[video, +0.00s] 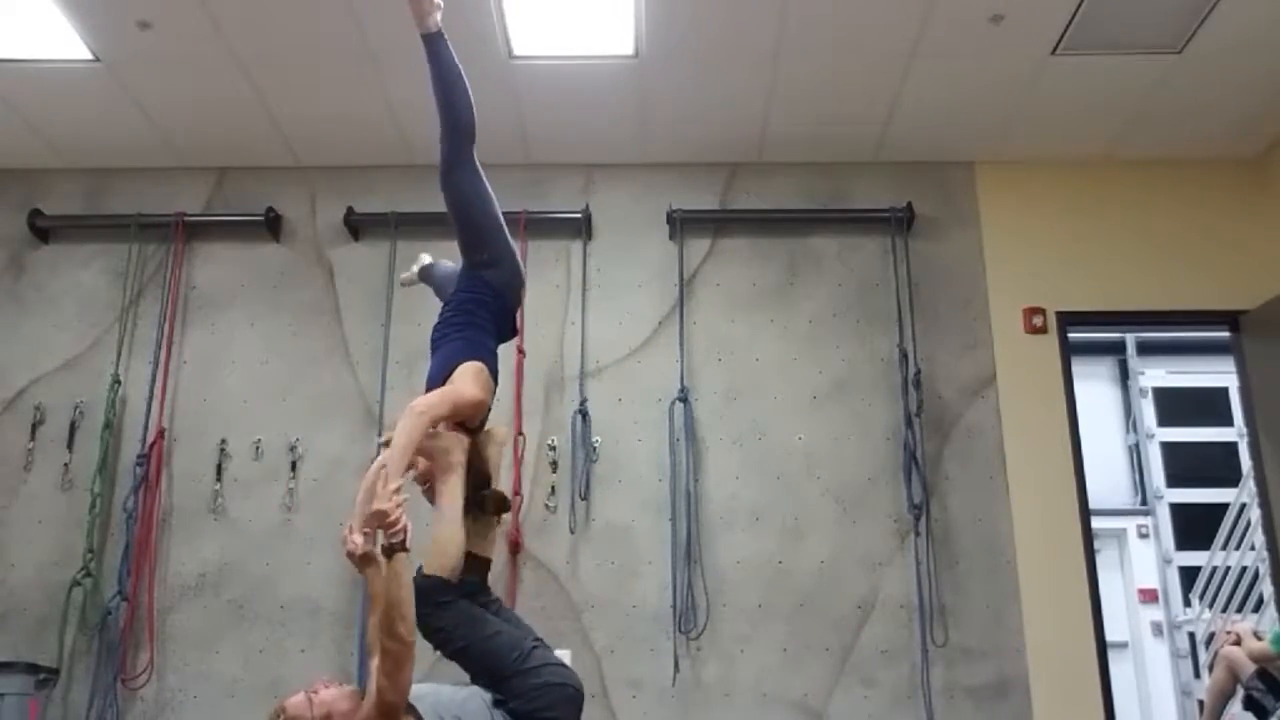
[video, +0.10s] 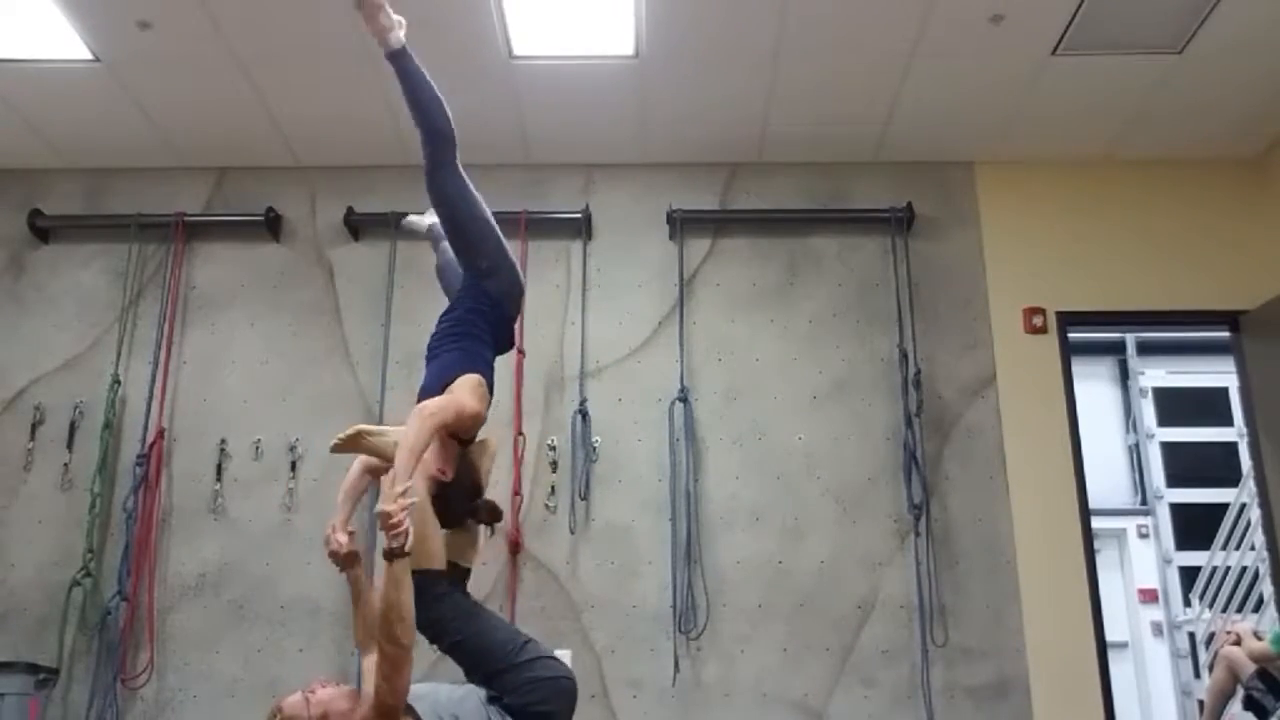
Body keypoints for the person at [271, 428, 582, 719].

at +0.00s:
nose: (320, 687)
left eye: (309, 691)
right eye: (313, 702)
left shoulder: (381, 700)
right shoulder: (381, 711)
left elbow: (381, 643)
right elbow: (401, 640)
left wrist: (372, 569)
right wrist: (397, 549)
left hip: (521, 698)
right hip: (545, 701)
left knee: (467, 590)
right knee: (428, 594)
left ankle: (486, 475)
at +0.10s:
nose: (317, 687)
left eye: (306, 691)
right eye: (312, 702)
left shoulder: (374, 697)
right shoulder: (380, 711)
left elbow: (371, 647)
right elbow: (396, 645)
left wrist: (354, 572)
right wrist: (394, 553)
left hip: (504, 698)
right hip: (538, 702)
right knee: (432, 596)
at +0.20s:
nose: (315, 685)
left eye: (305, 690)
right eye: (308, 699)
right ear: (323, 717)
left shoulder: (372, 699)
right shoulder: (379, 710)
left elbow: (369, 639)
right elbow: (393, 647)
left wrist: (355, 565)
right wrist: (389, 556)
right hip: (539, 698)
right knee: (424, 597)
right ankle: (402, 461)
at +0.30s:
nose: (319, 683)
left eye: (308, 689)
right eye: (313, 701)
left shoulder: (378, 698)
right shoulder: (379, 713)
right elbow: (382, 645)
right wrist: (374, 562)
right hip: (539, 702)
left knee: (432, 604)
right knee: (426, 603)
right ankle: (395, 453)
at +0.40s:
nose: (312, 686)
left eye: (299, 692)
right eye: (307, 700)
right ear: (327, 718)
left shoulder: (371, 690)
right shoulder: (381, 710)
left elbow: (365, 646)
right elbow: (395, 644)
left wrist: (347, 574)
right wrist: (404, 552)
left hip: (536, 681)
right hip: (532, 693)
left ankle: (381, 455)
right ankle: (382, 455)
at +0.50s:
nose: (314, 687)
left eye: (301, 694)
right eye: (309, 704)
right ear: (327, 719)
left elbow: (364, 642)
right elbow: (424, 642)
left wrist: (349, 576)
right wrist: (451, 554)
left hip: (536, 672)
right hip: (524, 690)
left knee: (421, 575)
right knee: (417, 575)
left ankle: (383, 455)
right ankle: (382, 450)